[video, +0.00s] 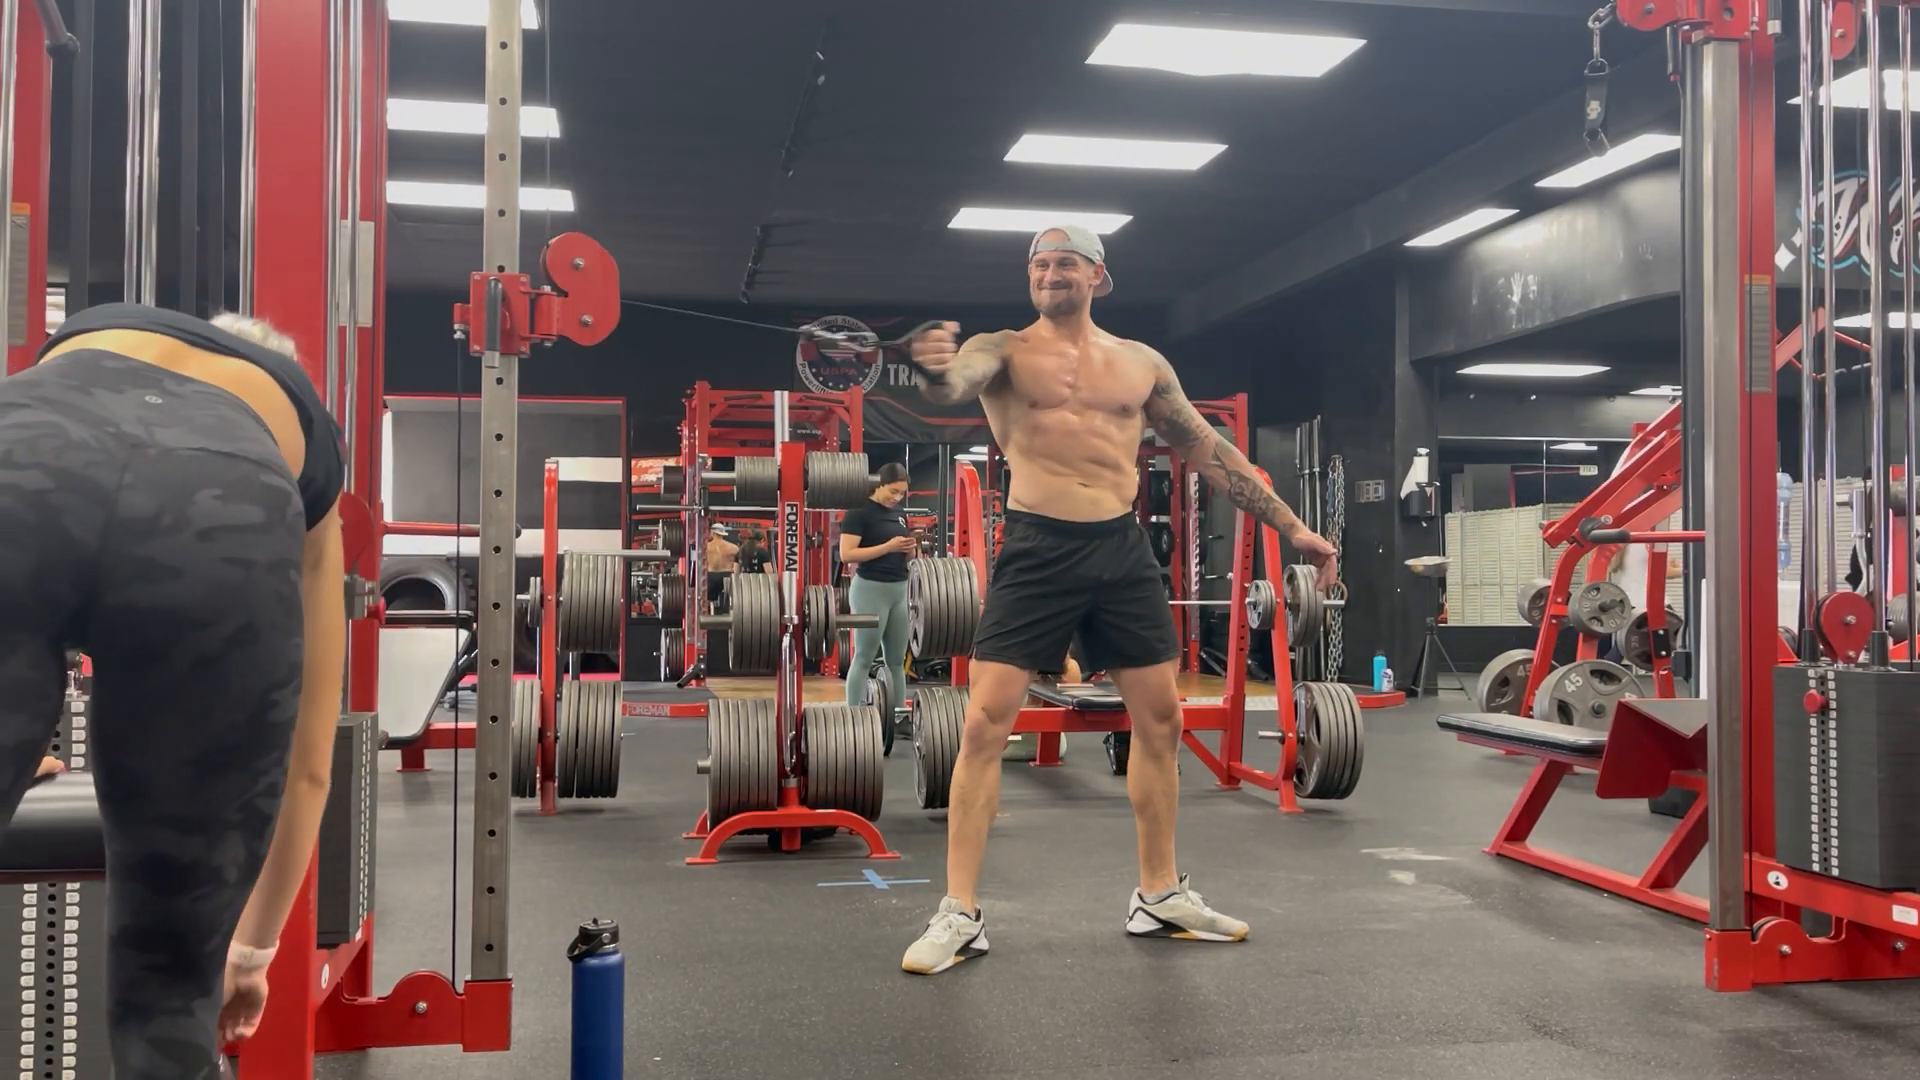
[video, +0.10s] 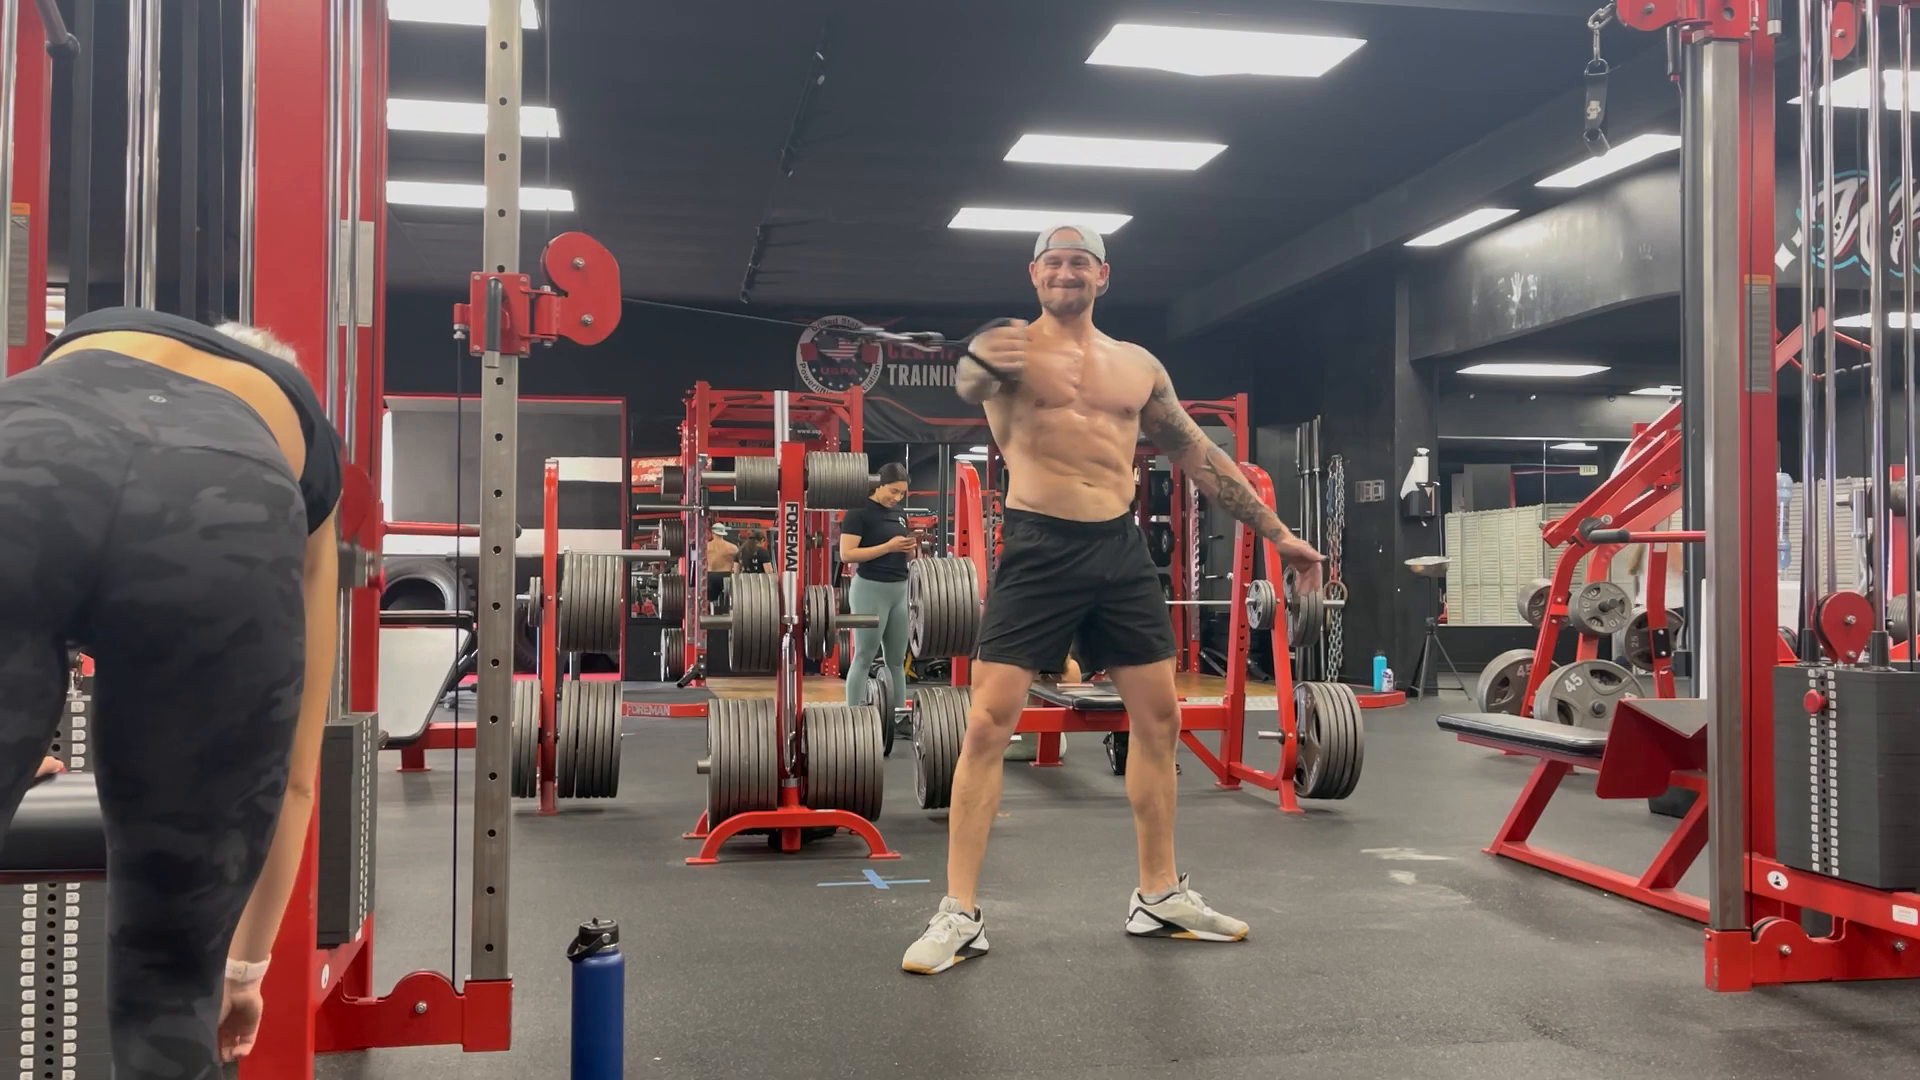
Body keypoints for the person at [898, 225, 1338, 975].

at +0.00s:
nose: (1052, 272)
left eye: (1067, 262)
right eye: (1042, 262)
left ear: (1098, 279)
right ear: (1029, 277)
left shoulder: (1143, 364)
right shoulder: (1001, 347)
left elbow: (1217, 456)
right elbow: (949, 385)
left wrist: (1296, 529)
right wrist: (926, 364)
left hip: (1122, 549)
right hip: (1033, 550)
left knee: (1161, 719)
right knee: (983, 724)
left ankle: (1159, 894)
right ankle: (959, 908)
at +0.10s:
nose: (1067, 269)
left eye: (1081, 259)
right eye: (1054, 259)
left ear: (1103, 280)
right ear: (1032, 277)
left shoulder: (1139, 364)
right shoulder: (1005, 342)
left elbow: (1207, 460)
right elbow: (967, 387)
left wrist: (1280, 532)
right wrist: (990, 368)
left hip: (1120, 549)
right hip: (1033, 548)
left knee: (1159, 718)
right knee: (986, 724)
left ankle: (1159, 894)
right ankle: (959, 910)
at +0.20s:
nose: (1080, 274)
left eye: (1092, 265)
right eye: (1066, 262)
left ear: (1107, 281)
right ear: (1038, 276)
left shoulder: (1134, 365)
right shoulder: (1004, 348)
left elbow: (1191, 465)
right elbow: (1005, 381)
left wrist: (1256, 541)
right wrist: (1051, 371)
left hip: (1122, 552)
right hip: (1039, 551)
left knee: (1157, 716)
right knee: (991, 727)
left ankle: (1158, 893)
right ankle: (959, 910)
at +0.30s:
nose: (1086, 274)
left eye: (1096, 265)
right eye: (1070, 262)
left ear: (1107, 282)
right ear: (1037, 277)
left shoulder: (1123, 371)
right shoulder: (1004, 349)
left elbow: (1173, 466)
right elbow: (1042, 384)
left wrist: (1230, 541)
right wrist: (1131, 366)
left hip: (1124, 553)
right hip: (1042, 548)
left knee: (1157, 715)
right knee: (992, 729)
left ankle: (1159, 893)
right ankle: (958, 909)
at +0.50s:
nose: (1105, 277)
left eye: (1110, 268)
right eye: (1089, 264)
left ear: (1109, 283)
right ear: (1047, 275)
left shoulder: (1115, 371)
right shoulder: (1018, 350)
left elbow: (1144, 464)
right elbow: (1111, 381)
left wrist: (1191, 541)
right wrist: (1235, 372)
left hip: (1126, 552)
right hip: (1050, 550)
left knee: (1157, 716)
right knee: (1003, 731)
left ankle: (1159, 893)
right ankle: (960, 909)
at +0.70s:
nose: (1120, 284)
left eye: (1122, 273)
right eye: (1106, 270)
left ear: (1104, 285)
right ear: (1061, 275)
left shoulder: (1101, 363)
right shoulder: (1040, 344)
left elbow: (1113, 472)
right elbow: (1156, 383)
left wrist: (1149, 546)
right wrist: (1277, 383)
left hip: (1124, 556)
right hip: (1055, 550)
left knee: (1155, 716)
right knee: (1013, 733)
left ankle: (1159, 894)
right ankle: (960, 910)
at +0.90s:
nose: (1126, 289)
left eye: (1129, 277)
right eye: (1116, 275)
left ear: (1091, 280)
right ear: (1072, 275)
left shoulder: (1096, 355)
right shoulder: (1058, 342)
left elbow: (1172, 395)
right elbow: (1163, 392)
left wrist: (1259, 398)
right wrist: (1270, 401)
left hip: (1121, 555)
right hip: (1056, 551)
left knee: (1151, 720)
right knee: (1013, 734)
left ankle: (1158, 894)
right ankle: (960, 911)